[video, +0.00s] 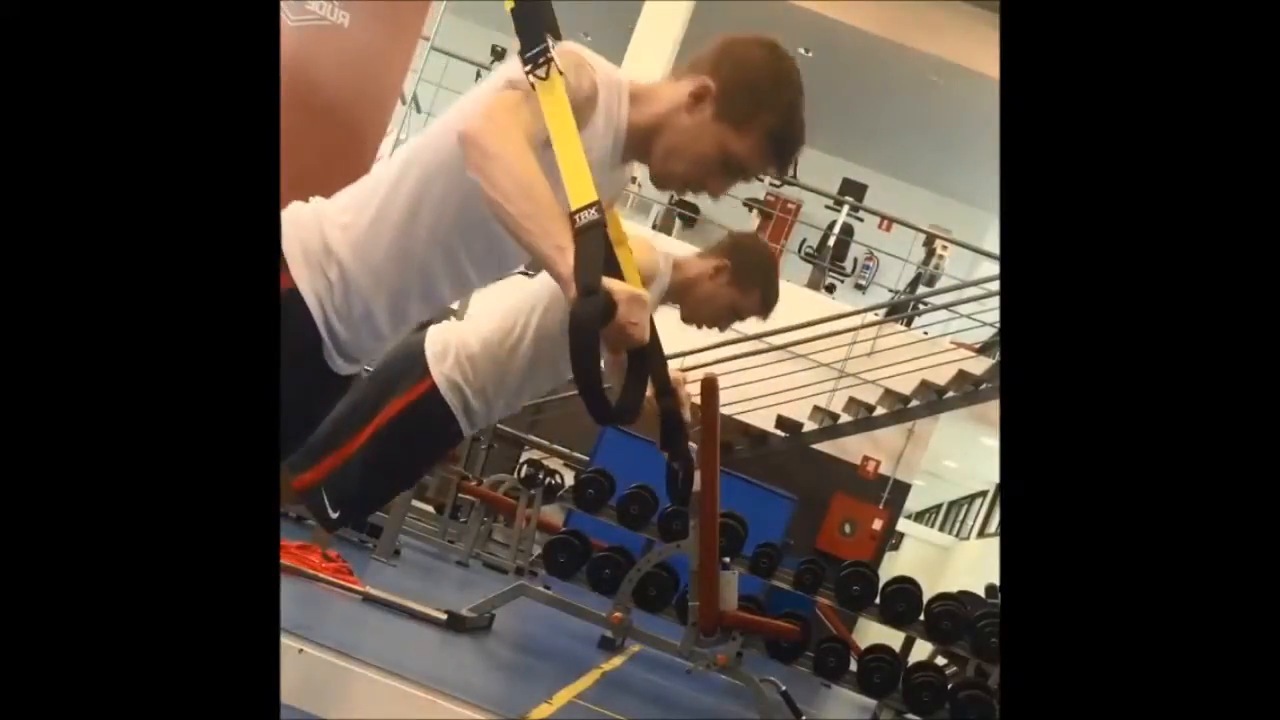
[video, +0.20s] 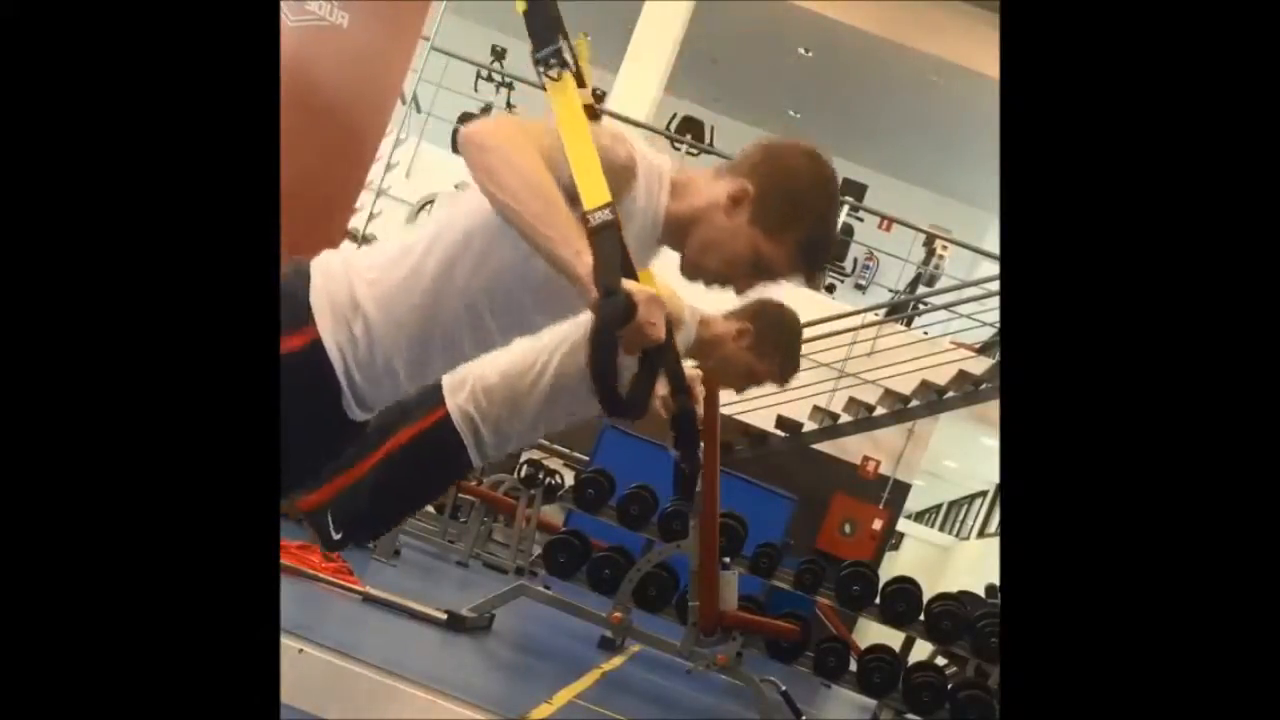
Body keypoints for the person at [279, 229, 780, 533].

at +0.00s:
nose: (722, 327)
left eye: (736, 323)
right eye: (734, 314)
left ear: (717, 270)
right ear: (719, 272)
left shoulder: (650, 279)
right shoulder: (637, 264)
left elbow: (637, 346)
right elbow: (585, 348)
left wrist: (667, 401)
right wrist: (621, 413)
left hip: (457, 391)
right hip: (440, 375)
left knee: (328, 510)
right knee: (306, 501)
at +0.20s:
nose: (737, 386)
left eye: (749, 383)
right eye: (749, 375)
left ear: (737, 339)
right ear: (739, 333)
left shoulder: (677, 351)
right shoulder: (666, 310)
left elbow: (628, 403)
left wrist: (677, 407)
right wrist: (666, 398)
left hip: (480, 433)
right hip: (463, 411)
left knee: (339, 524)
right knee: (321, 516)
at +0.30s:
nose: (743, 419)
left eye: (753, 416)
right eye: (754, 407)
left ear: (749, 369)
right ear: (748, 363)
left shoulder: (686, 382)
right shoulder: (674, 328)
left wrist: (699, 432)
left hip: (484, 454)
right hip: (465, 429)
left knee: (341, 535)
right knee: (326, 529)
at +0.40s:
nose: (742, 443)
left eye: (755, 442)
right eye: (756, 432)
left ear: (753, 397)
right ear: (752, 386)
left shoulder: (681, 404)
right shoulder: (675, 362)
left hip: (483, 473)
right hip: (464, 450)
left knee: (340, 553)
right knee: (325, 548)